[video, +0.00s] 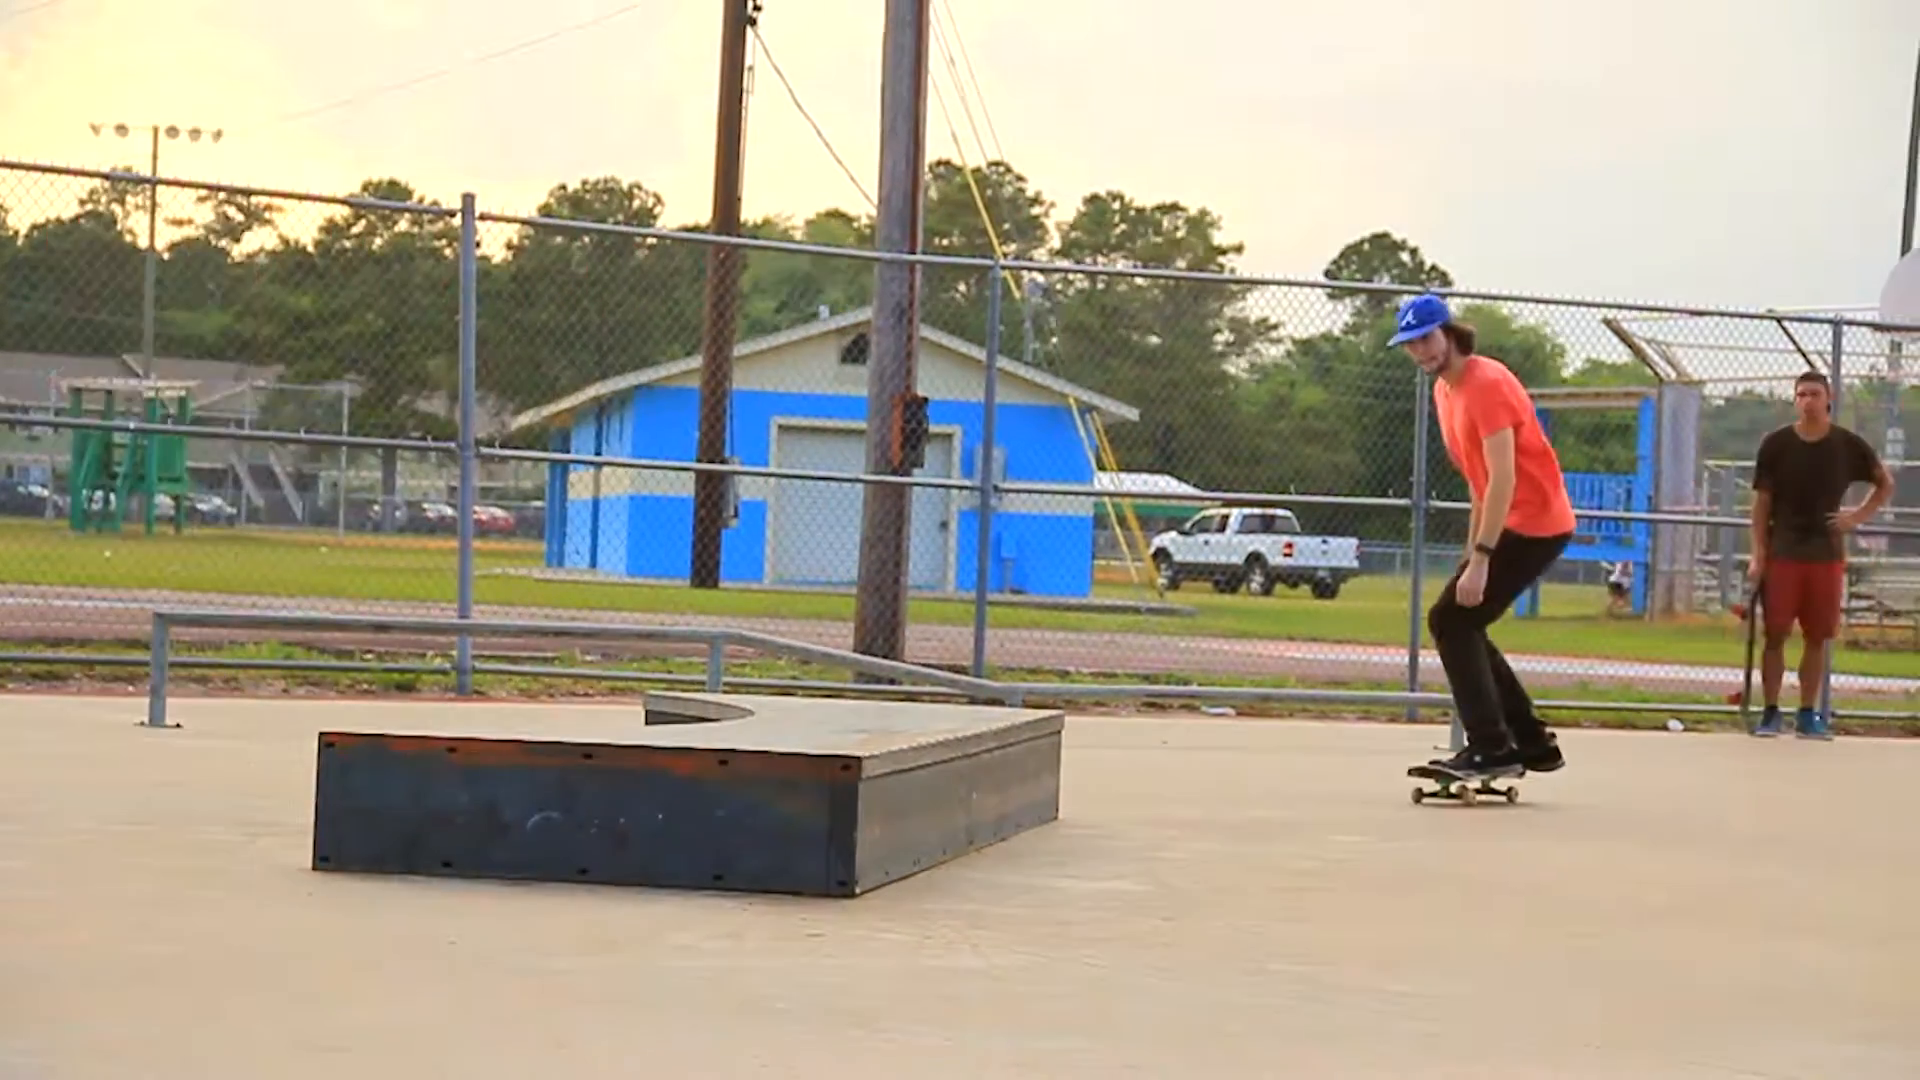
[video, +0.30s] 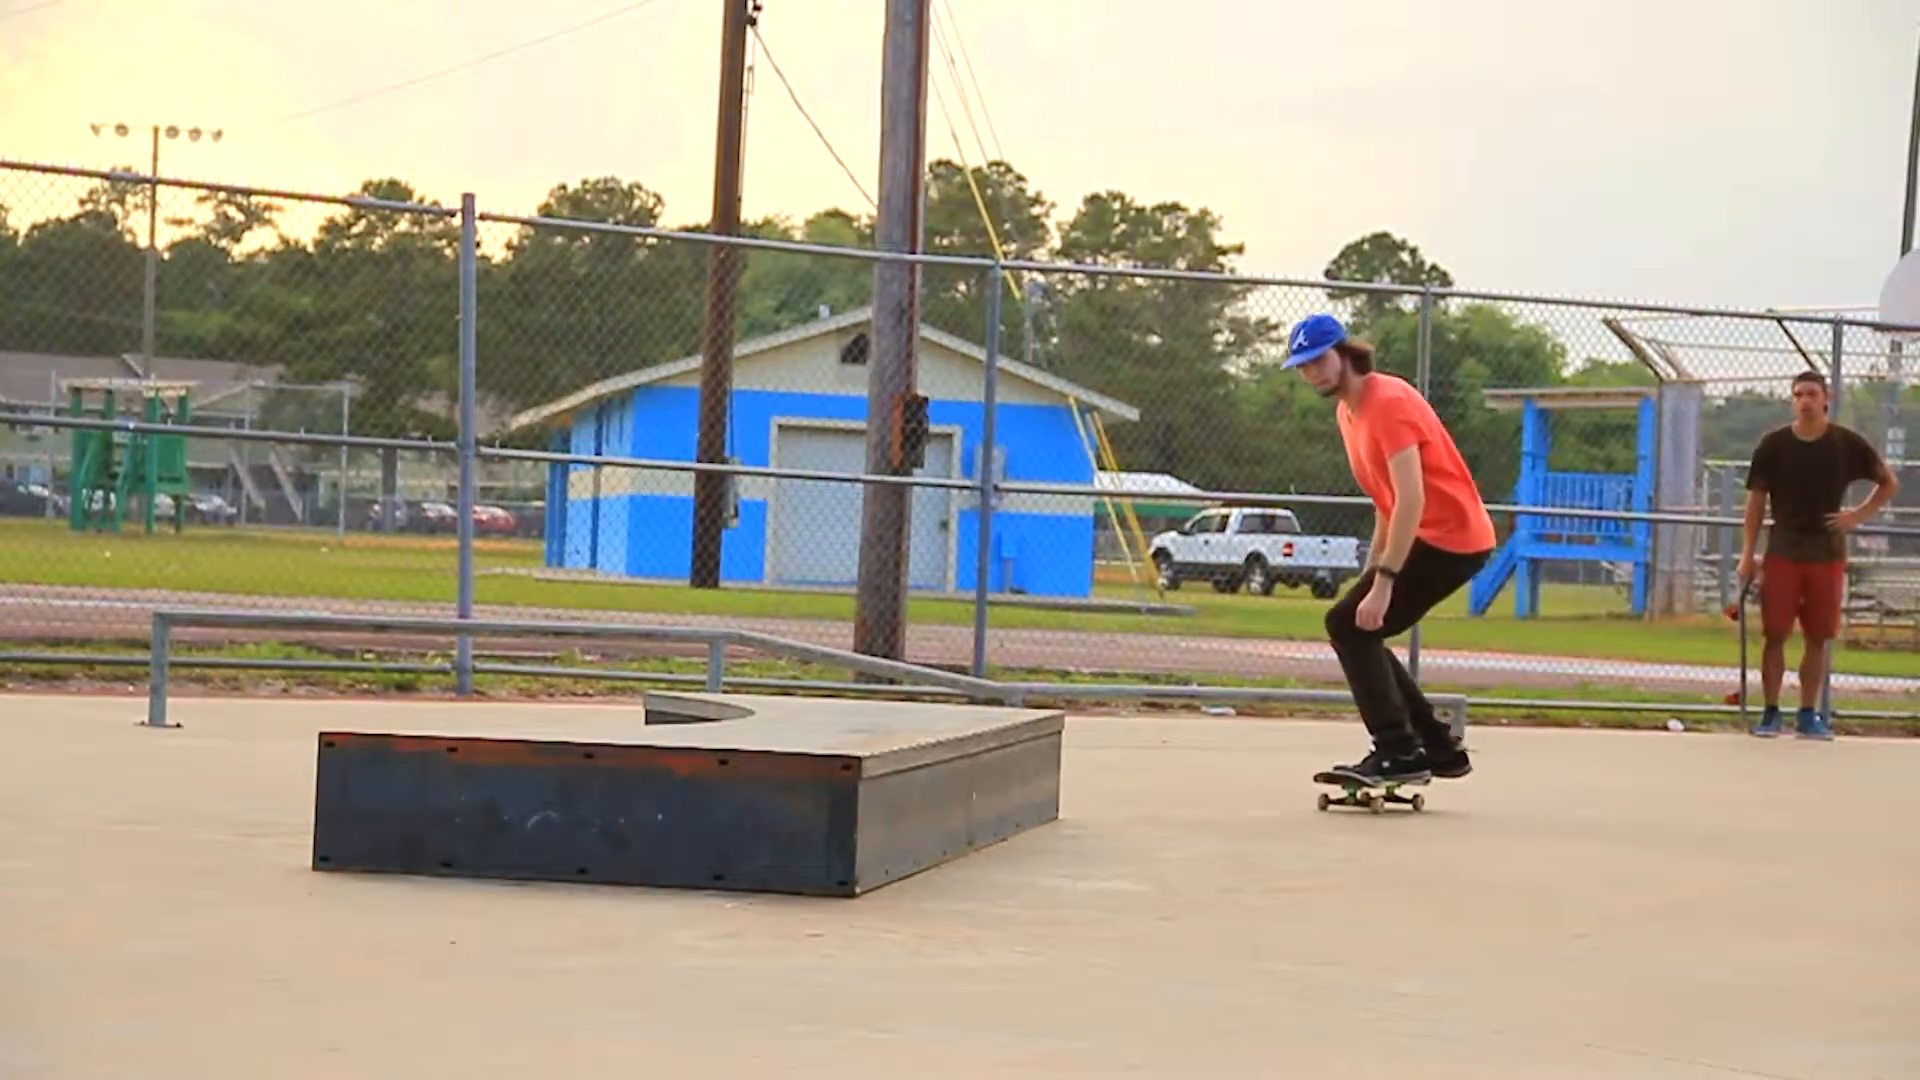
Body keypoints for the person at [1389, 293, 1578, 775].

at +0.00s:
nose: (1420, 351)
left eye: (1426, 338)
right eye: (1411, 344)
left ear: (1449, 333)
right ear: (1406, 347)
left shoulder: (1485, 382)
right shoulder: (1443, 391)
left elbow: (1504, 476)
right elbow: (1479, 478)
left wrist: (1480, 558)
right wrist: (1473, 552)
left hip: (1536, 525)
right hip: (1511, 524)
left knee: (1449, 619)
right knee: (1460, 625)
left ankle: (1491, 747)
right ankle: (1530, 741)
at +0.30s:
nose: (1314, 372)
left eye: (1320, 359)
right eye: (1304, 365)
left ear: (1342, 352)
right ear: (1298, 370)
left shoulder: (1387, 400)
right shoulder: (1347, 412)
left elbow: (1411, 499)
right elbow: (1386, 502)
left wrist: (1383, 584)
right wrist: (1373, 574)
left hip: (1453, 539)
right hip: (1426, 538)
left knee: (1346, 623)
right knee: (1355, 629)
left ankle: (1398, 749)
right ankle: (1436, 746)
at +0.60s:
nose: (1207, 372)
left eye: (1213, 358)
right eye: (1197, 366)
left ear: (1237, 349)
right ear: (1193, 370)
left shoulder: (1284, 396)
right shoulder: (1250, 417)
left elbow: (1315, 479)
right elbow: (1274, 498)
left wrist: (1271, 554)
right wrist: (1223, 564)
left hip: (1364, 537)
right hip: (1339, 536)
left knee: (1253, 627)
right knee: (1259, 631)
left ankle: (1308, 759)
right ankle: (1348, 751)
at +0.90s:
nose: (1136, 256)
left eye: (1141, 242)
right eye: (1130, 247)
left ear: (1174, 228)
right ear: (1140, 243)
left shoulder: (1212, 264)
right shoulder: (1155, 282)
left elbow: (1217, 225)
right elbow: (1088, 285)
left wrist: (1151, 170)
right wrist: (1010, 272)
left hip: (1236, 452)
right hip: (1231, 456)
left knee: (1121, 559)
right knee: (1210, 610)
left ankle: (1188, 699)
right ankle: (1252, 765)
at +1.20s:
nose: (1008, 211)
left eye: (1006, 197)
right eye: (1000, 203)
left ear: (1033, 171)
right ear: (1041, 169)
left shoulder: (1091, 198)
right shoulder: (1074, 223)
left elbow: (1059, 189)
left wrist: (970, 166)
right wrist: (1075, 412)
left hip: (1139, 397)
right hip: (1118, 395)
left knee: (1012, 506)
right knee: (1000, 500)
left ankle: (1030, 671)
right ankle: (1026, 661)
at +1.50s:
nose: (939, 179)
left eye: (943, 163)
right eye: (932, 169)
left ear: (976, 144)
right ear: (939, 165)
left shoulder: (1026, 185)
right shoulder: (989, 209)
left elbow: (1015, 143)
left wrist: (945, 97)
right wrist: (996, 399)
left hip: (1068, 391)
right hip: (1030, 392)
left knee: (931, 498)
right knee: (910, 504)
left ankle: (978, 667)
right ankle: (975, 658)